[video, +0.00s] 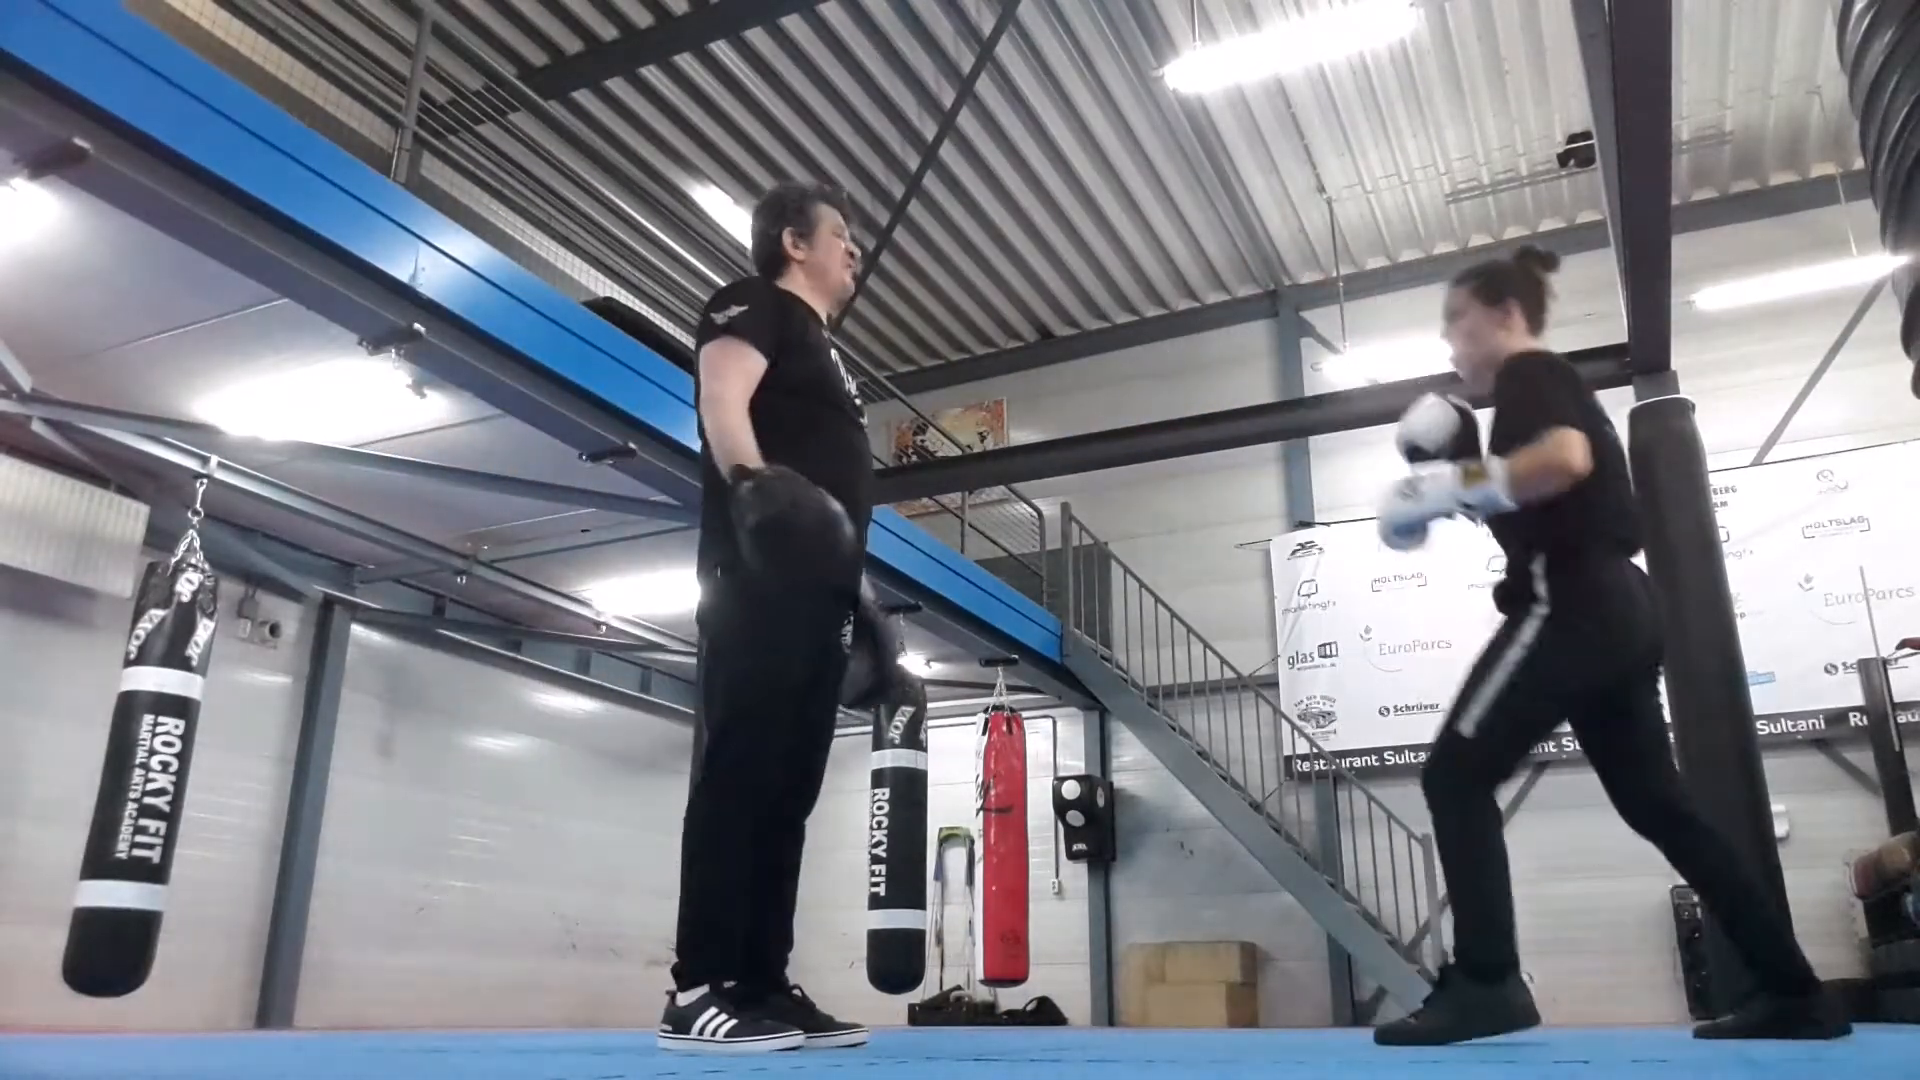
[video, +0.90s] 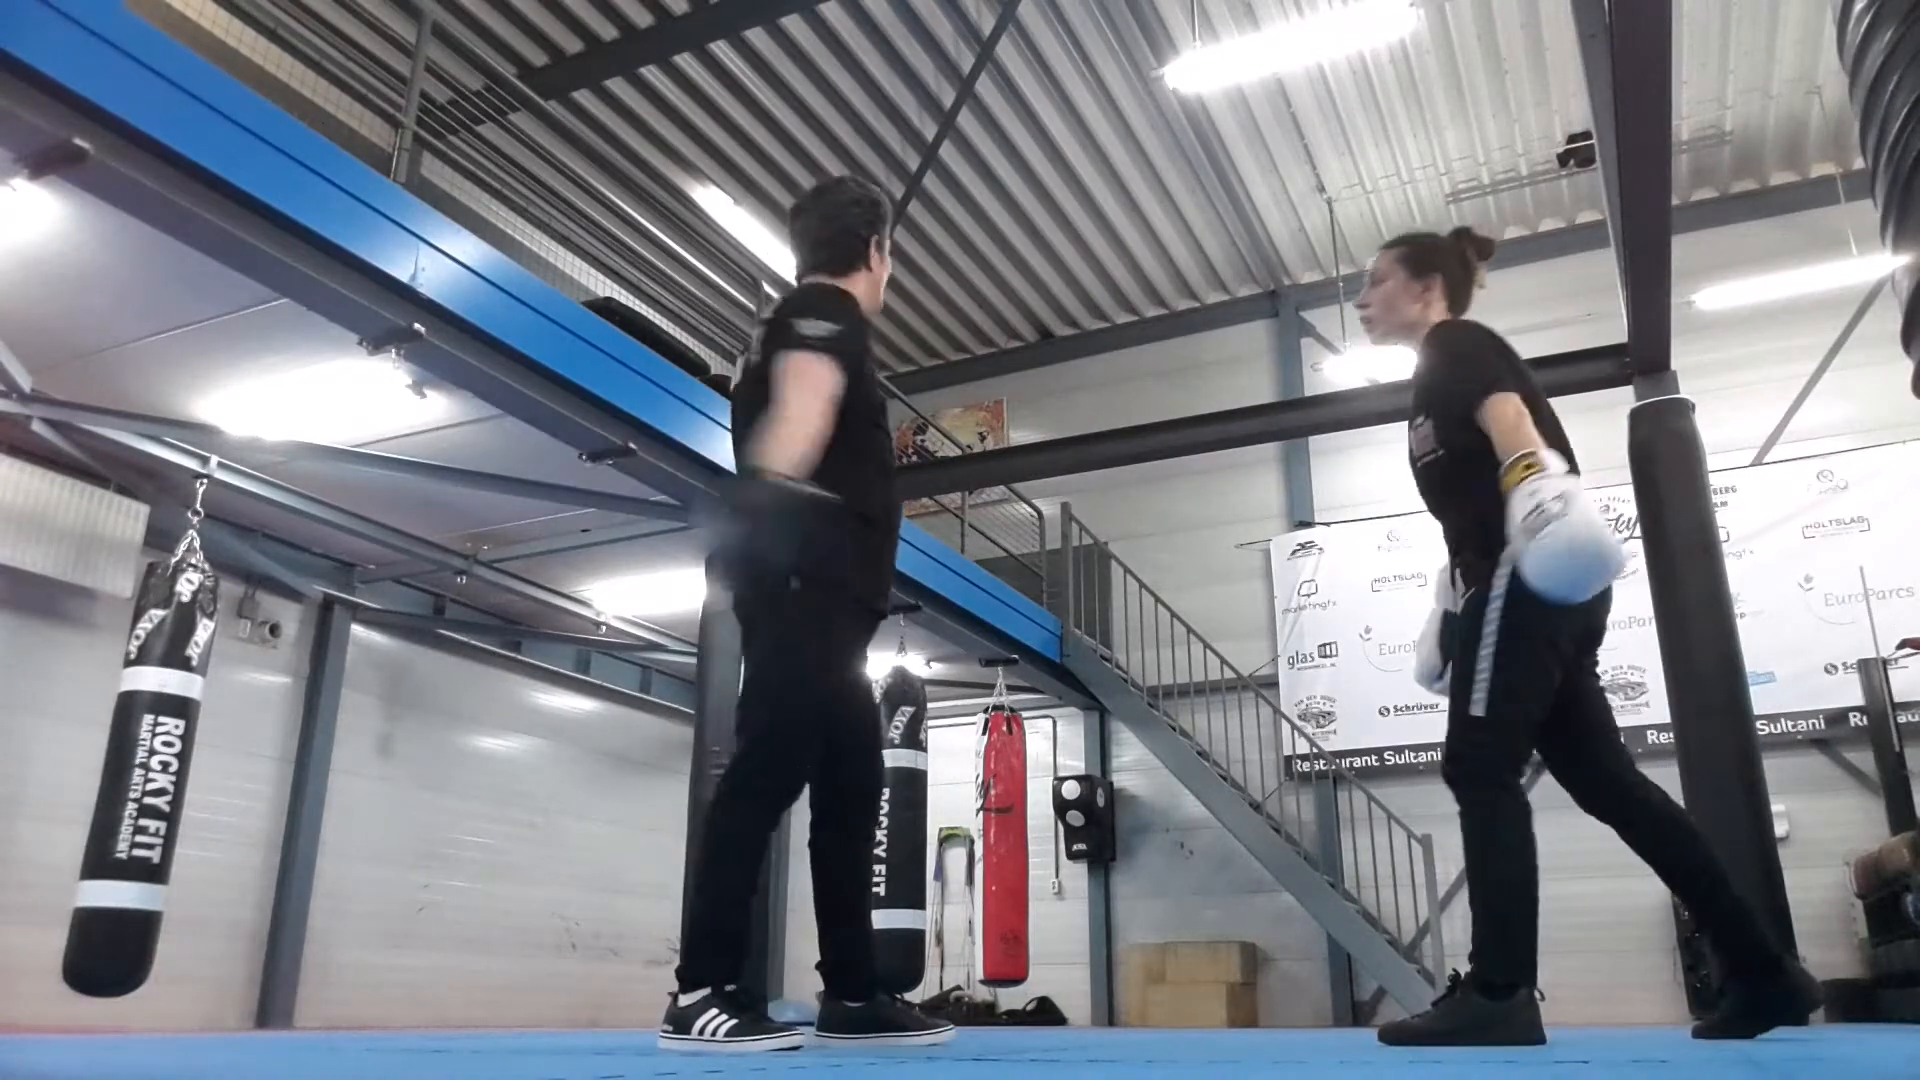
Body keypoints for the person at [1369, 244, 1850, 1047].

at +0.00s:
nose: (1449, 343)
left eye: (1457, 324)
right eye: (1447, 326)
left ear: (1505, 316)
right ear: (1513, 322)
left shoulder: (1528, 377)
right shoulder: (1548, 386)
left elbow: (1567, 457)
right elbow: (1532, 497)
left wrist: (1460, 485)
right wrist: (1451, 483)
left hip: (1574, 606)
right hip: (1616, 604)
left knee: (1454, 772)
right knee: (1655, 801)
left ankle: (1485, 983)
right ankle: (1790, 988)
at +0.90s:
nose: (1363, 298)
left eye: (1376, 283)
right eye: (1365, 285)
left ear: (1425, 287)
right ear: (1422, 292)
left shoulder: (1456, 342)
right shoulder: (1436, 379)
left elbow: (1506, 413)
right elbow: (1471, 513)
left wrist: (1532, 488)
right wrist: (1451, 612)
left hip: (1525, 574)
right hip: (1534, 582)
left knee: (1478, 766)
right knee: (1604, 780)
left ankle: (1497, 996)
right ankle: (1762, 975)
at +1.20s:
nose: (1312, 294)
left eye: (1327, 280)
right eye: (1315, 282)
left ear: (1378, 286)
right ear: (1366, 292)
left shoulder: (1428, 344)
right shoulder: (1371, 406)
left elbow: (1500, 403)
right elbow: (1371, 516)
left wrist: (1508, 473)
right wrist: (1353, 609)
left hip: (1487, 578)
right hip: (1510, 582)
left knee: (1447, 772)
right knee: (1581, 778)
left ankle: (1498, 994)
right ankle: (1752, 967)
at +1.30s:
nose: (1303, 285)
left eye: (1316, 269)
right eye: (1305, 272)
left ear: (1364, 273)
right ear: (1359, 279)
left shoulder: (1408, 332)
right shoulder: (1369, 391)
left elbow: (1453, 405)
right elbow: (1335, 499)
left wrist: (1463, 503)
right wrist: (1284, 572)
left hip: (1470, 560)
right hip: (1508, 563)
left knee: (1455, 768)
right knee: (1524, 777)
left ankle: (1499, 994)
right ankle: (1700, 947)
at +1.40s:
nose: (1299, 286)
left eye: (1309, 269)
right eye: (1300, 271)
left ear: (1350, 267)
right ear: (1359, 273)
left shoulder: (1387, 330)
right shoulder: (1380, 361)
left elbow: (1400, 425)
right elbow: (1325, 474)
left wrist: (1385, 525)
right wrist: (1231, 513)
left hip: (1461, 557)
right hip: (1493, 560)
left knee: (1455, 767)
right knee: (1467, 768)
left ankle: (1498, 995)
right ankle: (1622, 948)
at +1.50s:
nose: (1297, 289)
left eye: (1304, 272)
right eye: (1299, 275)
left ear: (1342, 270)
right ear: (1367, 274)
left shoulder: (1368, 329)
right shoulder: (1400, 343)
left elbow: (1361, 435)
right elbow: (1345, 461)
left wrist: (1321, 532)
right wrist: (1240, 452)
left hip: (1442, 554)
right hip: (1487, 551)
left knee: (1446, 763)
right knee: (1450, 761)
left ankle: (1502, 989)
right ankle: (1522, 971)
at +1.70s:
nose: (1297, 314)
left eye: (1300, 300)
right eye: (1299, 301)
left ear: (1325, 295)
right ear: (1374, 302)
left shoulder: (1332, 355)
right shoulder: (1403, 367)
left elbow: (1297, 456)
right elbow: (1354, 453)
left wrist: (1227, 550)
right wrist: (1276, 423)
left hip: (1401, 565)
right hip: (1465, 566)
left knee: (1463, 773)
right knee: (1391, 777)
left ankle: (1503, 993)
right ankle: (1395, 986)